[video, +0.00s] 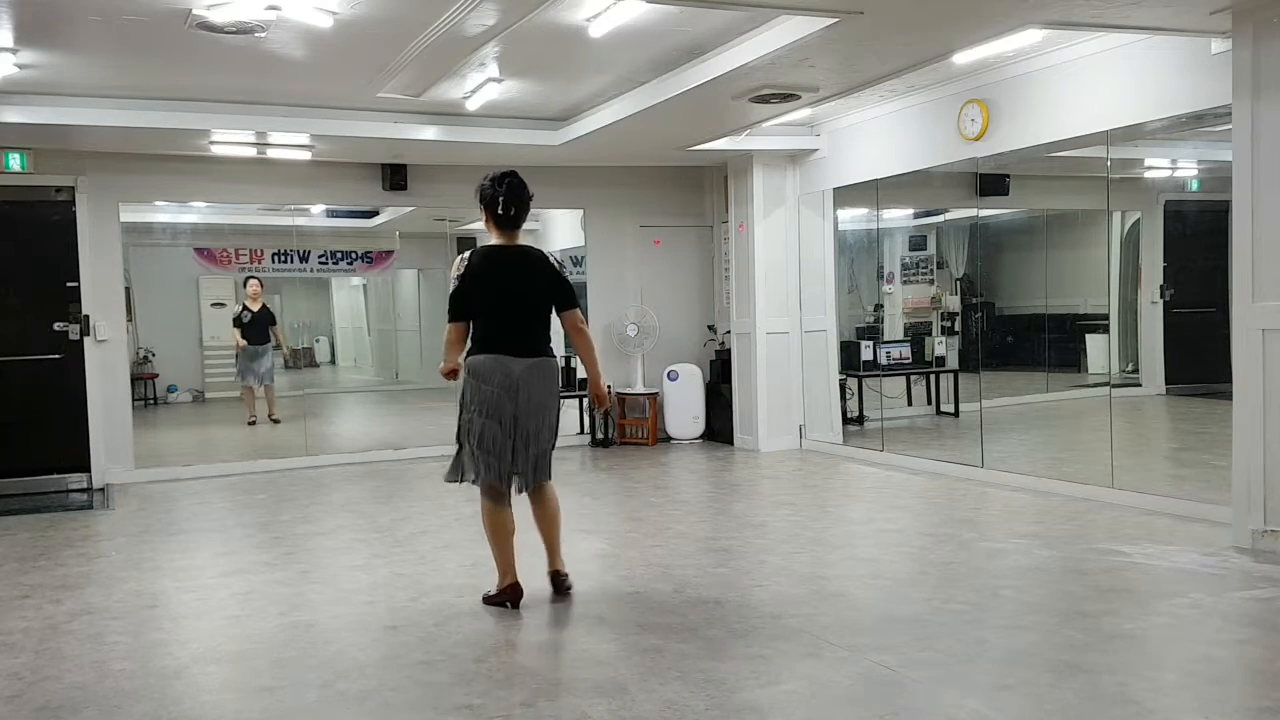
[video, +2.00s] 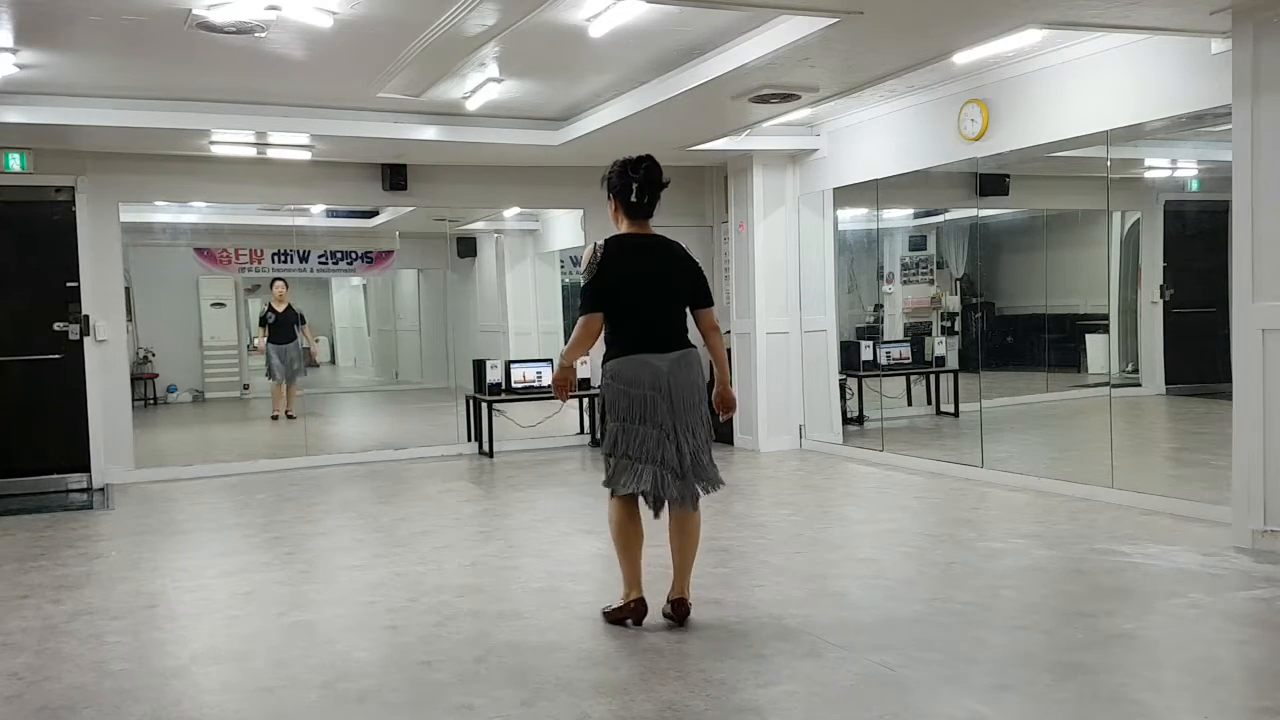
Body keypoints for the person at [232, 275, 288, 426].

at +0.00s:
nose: (254, 289)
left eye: (257, 286)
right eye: (251, 286)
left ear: (262, 289)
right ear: (245, 290)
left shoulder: (267, 309)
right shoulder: (240, 308)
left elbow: (275, 329)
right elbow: (236, 327)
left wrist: (283, 346)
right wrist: (239, 339)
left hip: (265, 349)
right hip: (247, 350)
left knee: (268, 382)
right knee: (247, 384)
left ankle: (272, 412)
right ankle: (252, 414)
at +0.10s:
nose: (258, 289)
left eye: (260, 286)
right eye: (254, 286)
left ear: (264, 289)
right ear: (248, 289)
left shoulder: (269, 308)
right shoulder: (243, 308)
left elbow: (278, 329)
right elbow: (236, 327)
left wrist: (287, 346)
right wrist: (236, 341)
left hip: (269, 348)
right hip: (249, 349)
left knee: (277, 380)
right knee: (250, 384)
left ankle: (283, 412)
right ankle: (253, 414)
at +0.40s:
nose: (273, 287)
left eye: (275, 284)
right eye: (269, 285)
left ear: (279, 287)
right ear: (263, 288)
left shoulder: (286, 307)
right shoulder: (260, 307)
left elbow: (295, 326)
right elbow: (249, 326)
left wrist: (304, 339)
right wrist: (236, 335)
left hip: (287, 347)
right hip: (267, 348)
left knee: (295, 379)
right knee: (261, 382)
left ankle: (302, 411)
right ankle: (254, 413)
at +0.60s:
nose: (283, 287)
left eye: (285, 284)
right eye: (279, 285)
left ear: (290, 287)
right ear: (274, 288)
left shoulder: (298, 307)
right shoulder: (270, 307)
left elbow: (310, 323)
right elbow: (262, 327)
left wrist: (322, 337)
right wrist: (251, 331)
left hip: (298, 347)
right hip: (278, 348)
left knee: (301, 380)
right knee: (276, 381)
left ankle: (304, 412)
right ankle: (274, 413)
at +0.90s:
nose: (287, 287)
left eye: (290, 284)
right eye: (284, 285)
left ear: (294, 287)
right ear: (278, 288)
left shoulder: (300, 306)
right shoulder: (273, 307)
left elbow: (312, 324)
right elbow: (267, 327)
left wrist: (323, 338)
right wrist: (273, 324)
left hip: (302, 347)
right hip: (283, 349)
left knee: (304, 381)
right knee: (288, 382)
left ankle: (305, 411)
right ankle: (292, 412)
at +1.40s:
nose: (285, 291)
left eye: (288, 288)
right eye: (282, 288)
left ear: (292, 291)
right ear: (277, 291)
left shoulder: (299, 310)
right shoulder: (272, 309)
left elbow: (309, 327)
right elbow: (266, 328)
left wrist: (316, 344)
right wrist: (258, 339)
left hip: (297, 349)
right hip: (279, 350)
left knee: (295, 381)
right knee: (284, 381)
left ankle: (291, 406)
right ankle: (291, 411)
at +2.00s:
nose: (280, 291)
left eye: (282, 288)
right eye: (277, 288)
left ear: (287, 290)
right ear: (272, 291)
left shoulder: (295, 309)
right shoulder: (266, 310)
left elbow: (304, 328)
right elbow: (262, 328)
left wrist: (312, 345)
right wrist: (261, 341)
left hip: (292, 346)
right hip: (274, 347)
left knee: (291, 380)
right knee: (277, 379)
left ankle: (290, 409)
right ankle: (276, 409)